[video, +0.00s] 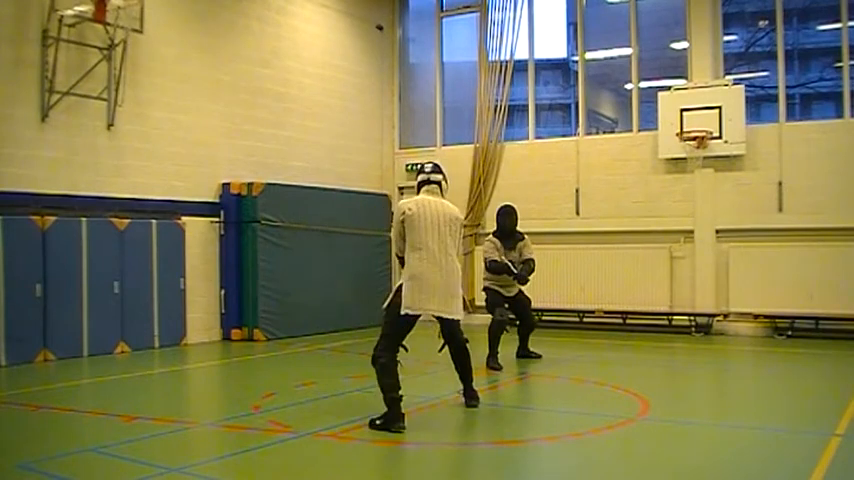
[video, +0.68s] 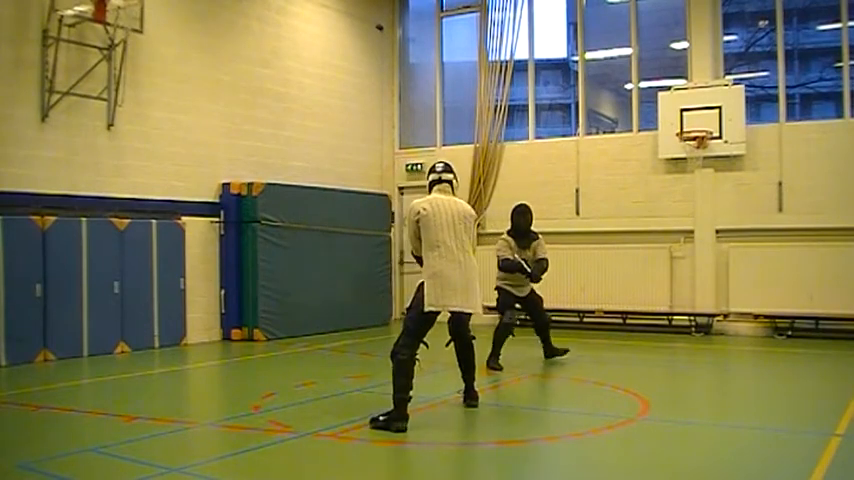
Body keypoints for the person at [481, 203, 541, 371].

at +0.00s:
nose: (509, 222)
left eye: (512, 218)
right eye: (505, 218)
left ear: (516, 220)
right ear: (498, 221)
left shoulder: (522, 240)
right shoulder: (491, 242)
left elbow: (529, 261)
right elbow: (491, 265)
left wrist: (524, 273)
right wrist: (509, 268)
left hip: (514, 289)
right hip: (494, 288)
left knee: (528, 320)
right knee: (500, 317)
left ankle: (523, 349)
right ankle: (493, 355)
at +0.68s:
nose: (523, 222)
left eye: (526, 218)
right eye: (519, 217)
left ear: (531, 220)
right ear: (512, 220)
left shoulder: (536, 240)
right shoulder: (505, 241)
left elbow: (542, 260)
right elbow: (503, 263)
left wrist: (536, 272)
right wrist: (521, 266)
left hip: (526, 289)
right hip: (506, 288)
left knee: (541, 318)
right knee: (508, 320)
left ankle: (548, 348)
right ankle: (494, 357)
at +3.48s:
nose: (648, 240)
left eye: (652, 236)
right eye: (644, 235)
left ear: (658, 237)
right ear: (638, 237)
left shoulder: (665, 260)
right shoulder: (630, 258)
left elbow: (670, 285)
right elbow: (617, 281)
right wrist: (614, 301)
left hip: (657, 303)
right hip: (636, 303)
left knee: (673, 328)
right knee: (634, 331)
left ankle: (674, 350)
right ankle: (629, 365)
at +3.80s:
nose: (658, 228)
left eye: (662, 224)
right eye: (656, 224)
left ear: (672, 224)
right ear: (653, 225)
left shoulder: (687, 246)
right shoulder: (650, 248)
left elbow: (696, 273)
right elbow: (643, 275)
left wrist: (682, 292)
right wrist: (654, 287)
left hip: (680, 297)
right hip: (659, 297)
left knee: (695, 335)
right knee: (651, 328)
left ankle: (682, 354)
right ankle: (636, 361)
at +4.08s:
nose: (672, 233)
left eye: (675, 229)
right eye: (668, 229)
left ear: (681, 218)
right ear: (663, 221)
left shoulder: (693, 235)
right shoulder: (656, 236)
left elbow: (702, 259)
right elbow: (650, 260)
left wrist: (690, 274)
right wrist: (662, 268)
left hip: (688, 290)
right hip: (666, 289)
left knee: (693, 325)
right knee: (665, 323)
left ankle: (683, 353)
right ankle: (664, 360)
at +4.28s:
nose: (670, 229)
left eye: (674, 225)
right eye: (666, 225)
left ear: (681, 216)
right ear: (662, 218)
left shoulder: (693, 232)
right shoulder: (655, 233)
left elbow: (701, 257)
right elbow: (647, 256)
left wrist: (687, 268)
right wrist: (658, 261)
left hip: (685, 286)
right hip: (663, 287)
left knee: (697, 317)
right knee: (665, 322)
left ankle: (687, 347)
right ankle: (664, 360)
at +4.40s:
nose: (672, 229)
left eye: (676, 225)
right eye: (669, 225)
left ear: (682, 216)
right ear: (663, 218)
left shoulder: (693, 231)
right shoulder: (656, 231)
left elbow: (701, 256)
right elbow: (647, 255)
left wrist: (685, 265)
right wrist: (668, 263)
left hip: (684, 285)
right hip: (661, 286)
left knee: (705, 318)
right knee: (666, 325)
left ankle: (687, 350)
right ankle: (664, 361)